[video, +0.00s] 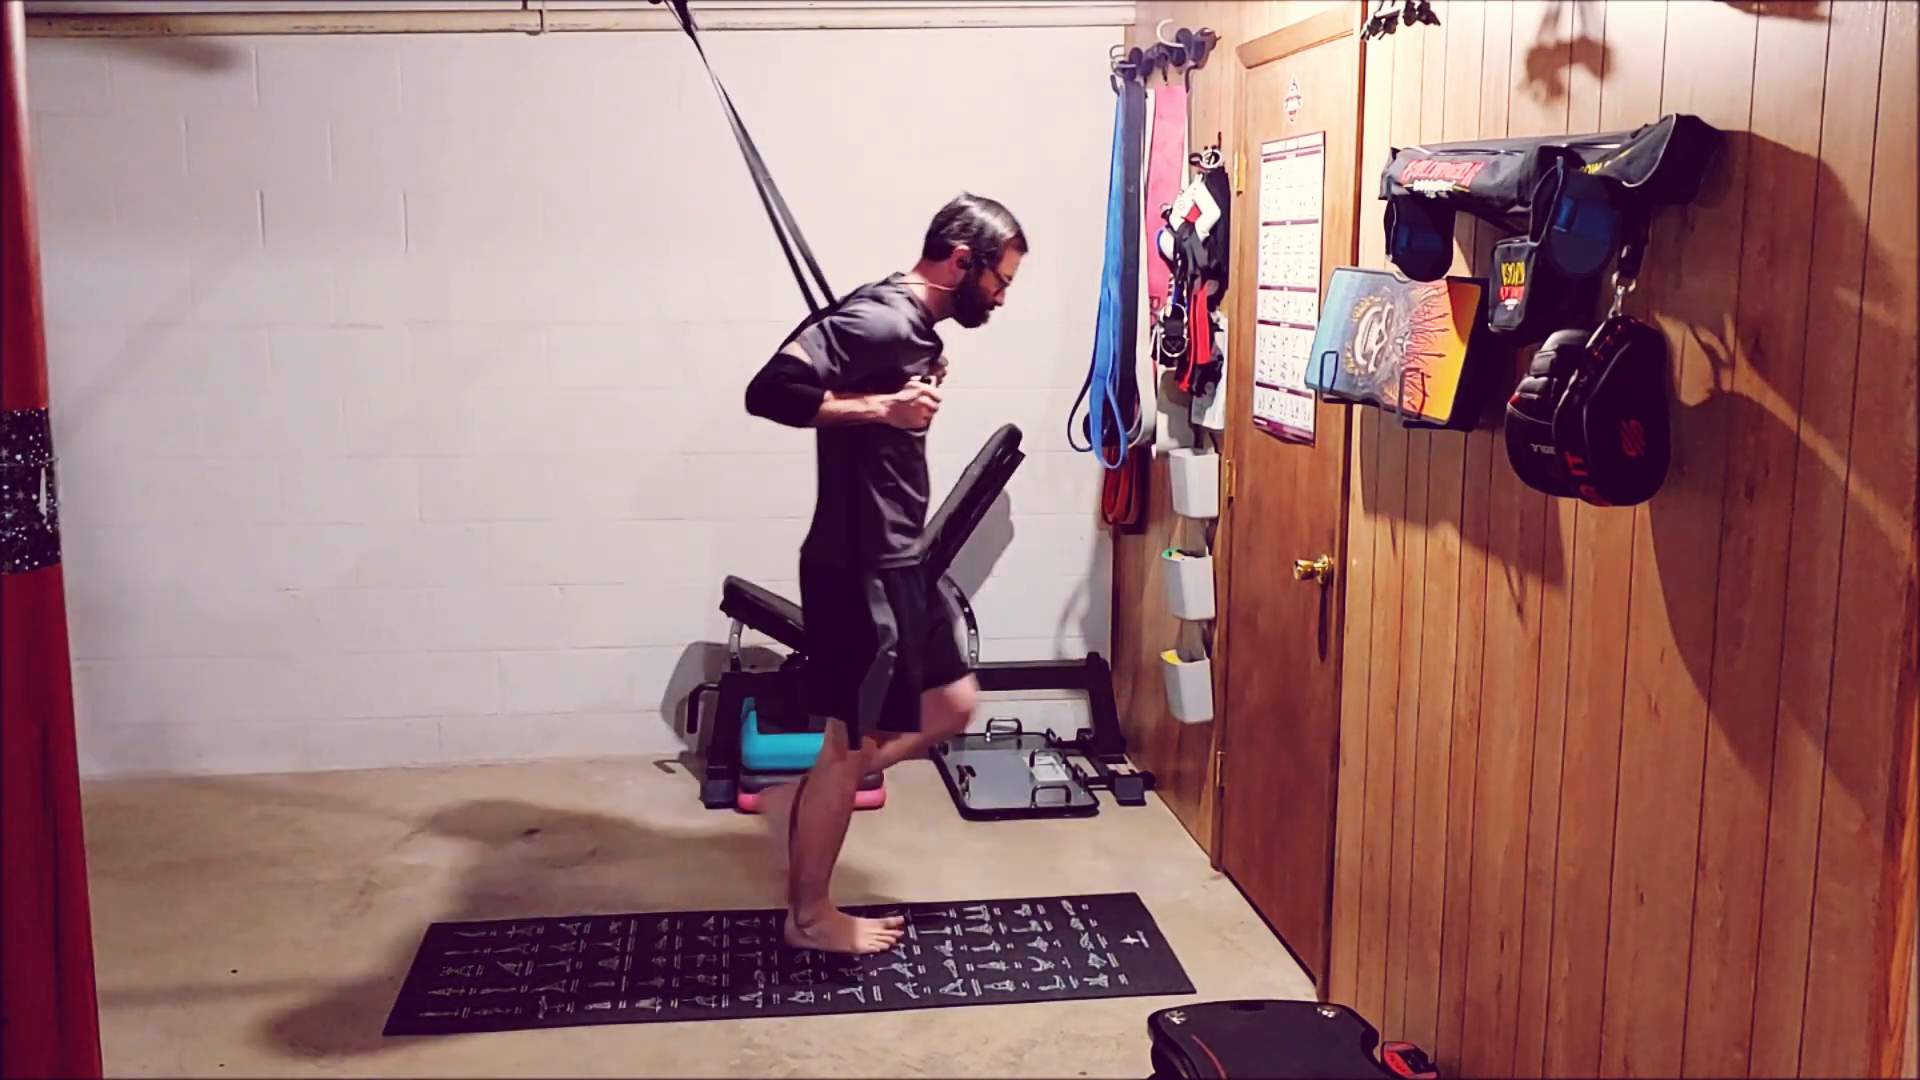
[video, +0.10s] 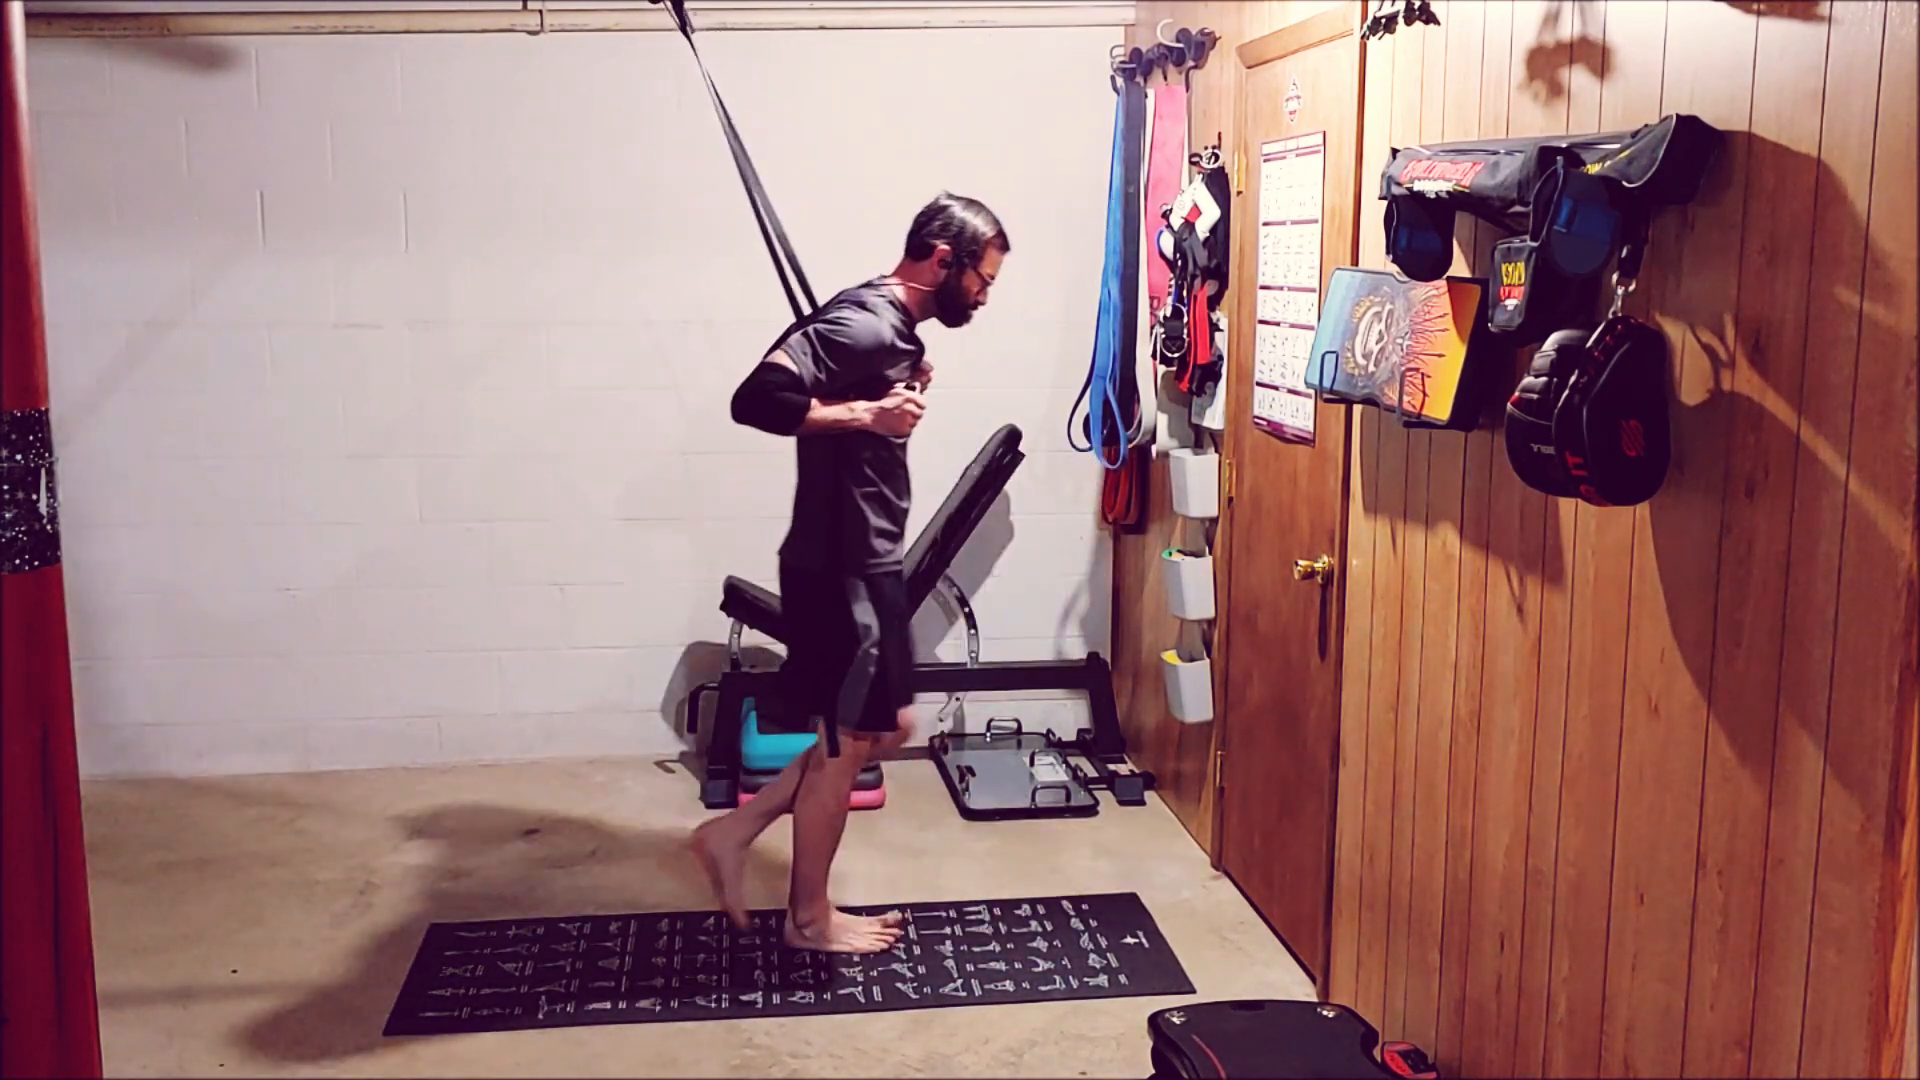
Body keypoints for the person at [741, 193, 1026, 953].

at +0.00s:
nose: (1003, 296)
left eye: (1008, 282)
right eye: (1002, 278)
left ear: (960, 260)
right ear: (959, 259)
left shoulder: (916, 322)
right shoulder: (878, 315)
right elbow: (771, 392)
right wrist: (883, 406)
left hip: (907, 558)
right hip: (859, 565)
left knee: (952, 707)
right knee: (846, 749)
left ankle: (820, 786)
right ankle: (810, 916)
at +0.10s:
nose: (985, 295)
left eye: (991, 281)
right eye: (983, 277)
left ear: (936, 260)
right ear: (938, 258)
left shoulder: (894, 321)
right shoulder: (862, 318)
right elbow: (757, 399)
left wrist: (903, 377)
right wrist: (867, 414)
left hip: (872, 558)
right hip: (839, 563)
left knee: (886, 722)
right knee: (843, 740)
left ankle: (732, 834)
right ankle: (810, 915)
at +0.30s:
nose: (953, 298)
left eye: (958, 284)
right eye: (949, 281)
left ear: (899, 266)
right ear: (902, 264)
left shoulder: (851, 327)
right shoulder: (832, 326)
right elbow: (726, 405)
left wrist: (867, 395)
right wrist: (834, 428)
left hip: (794, 568)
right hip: (804, 573)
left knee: (773, 737)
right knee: (834, 747)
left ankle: (668, 893)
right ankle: (809, 917)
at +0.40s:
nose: (934, 307)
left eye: (940, 292)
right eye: (931, 289)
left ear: (883, 274)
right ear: (885, 271)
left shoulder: (834, 333)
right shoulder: (811, 332)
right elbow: (707, 408)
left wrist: (843, 399)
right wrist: (814, 437)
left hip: (770, 565)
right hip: (777, 571)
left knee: (744, 738)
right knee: (835, 740)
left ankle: (655, 911)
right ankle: (810, 917)